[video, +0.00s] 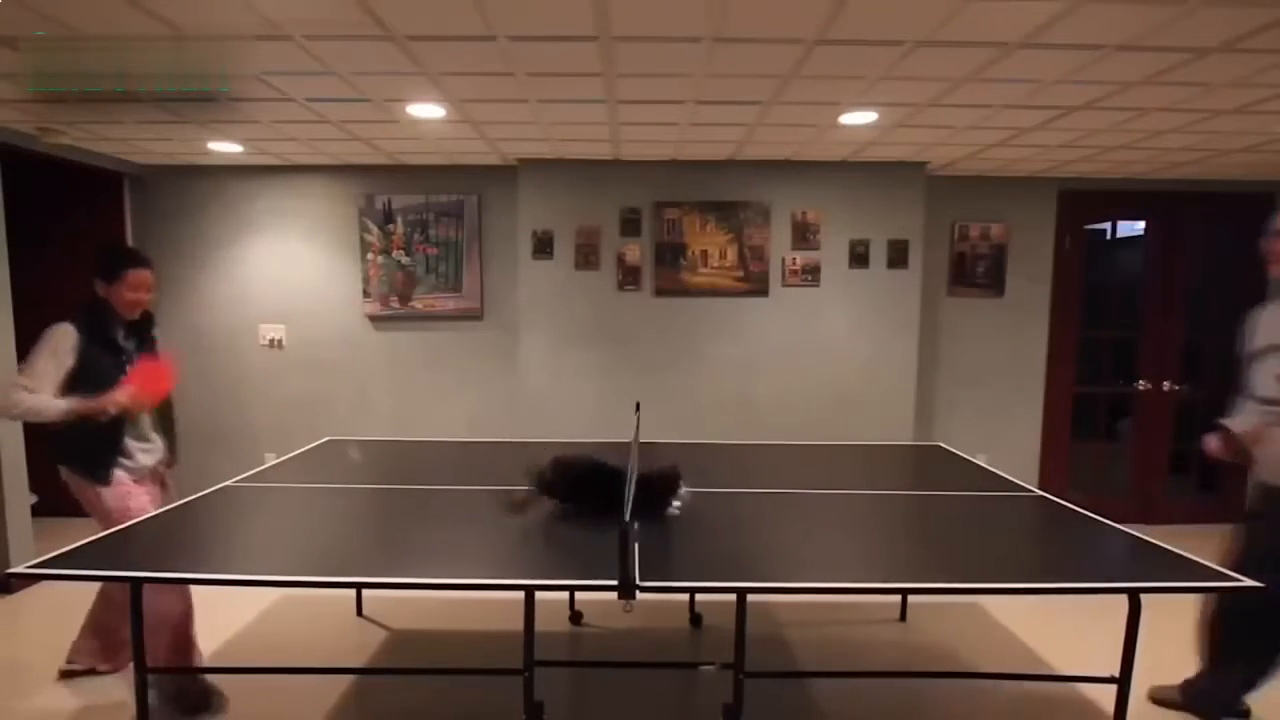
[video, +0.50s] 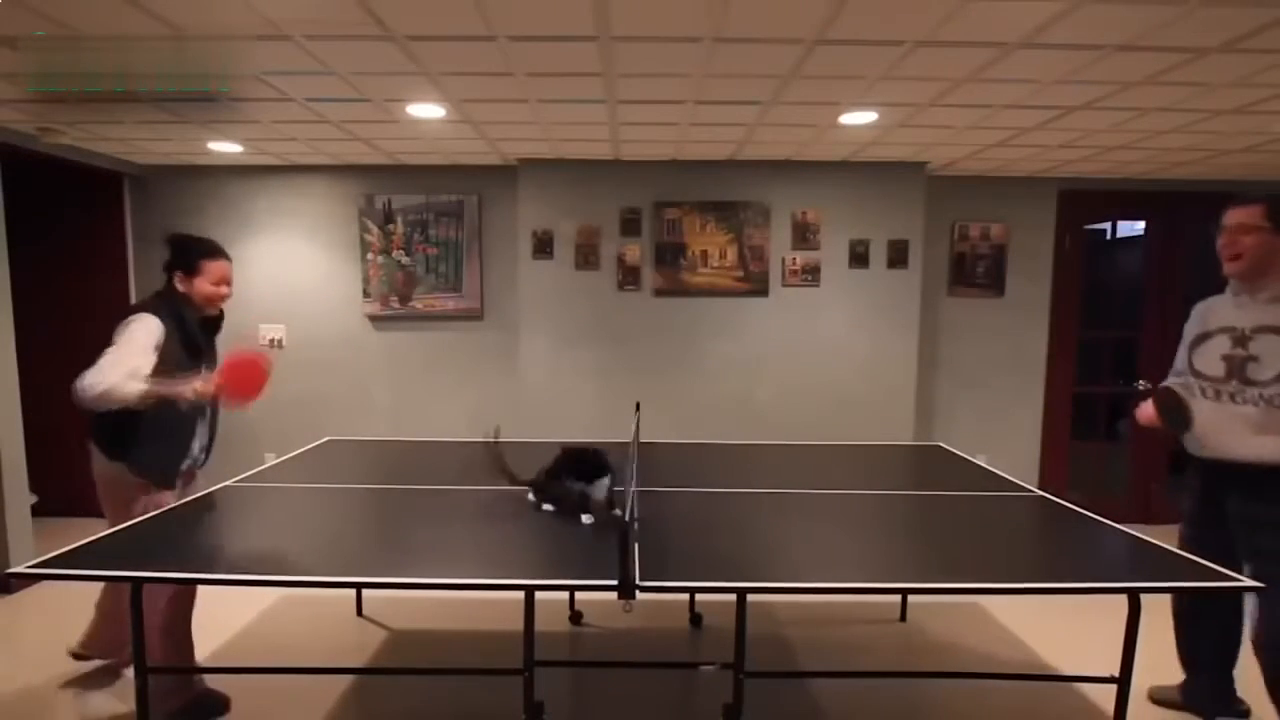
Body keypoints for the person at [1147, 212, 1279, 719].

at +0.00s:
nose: (1269, 250)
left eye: (1275, 241)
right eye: (1267, 241)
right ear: (1262, 248)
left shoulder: (1268, 320)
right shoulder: (1260, 319)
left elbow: (1264, 400)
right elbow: (1258, 397)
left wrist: (1234, 434)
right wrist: (1231, 433)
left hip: (1273, 483)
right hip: (1265, 480)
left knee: (1256, 586)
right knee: (1250, 584)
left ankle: (1222, 689)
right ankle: (1219, 686)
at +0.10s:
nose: (1249, 248)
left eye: (1262, 238)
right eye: (1243, 237)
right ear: (1233, 247)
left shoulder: (1273, 316)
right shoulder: (1230, 314)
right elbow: (1219, 386)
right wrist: (1196, 425)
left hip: (1269, 481)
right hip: (1237, 476)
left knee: (1246, 587)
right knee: (1212, 580)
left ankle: (1215, 685)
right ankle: (1208, 685)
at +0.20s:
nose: (1227, 241)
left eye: (1242, 232)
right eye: (1223, 232)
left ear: (1273, 243)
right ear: (1216, 242)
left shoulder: (1278, 310)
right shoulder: (1213, 310)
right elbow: (1202, 380)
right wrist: (1183, 414)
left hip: (1271, 474)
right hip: (1230, 471)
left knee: (1240, 584)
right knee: (1212, 581)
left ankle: (1213, 685)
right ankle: (1210, 685)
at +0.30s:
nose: (1222, 238)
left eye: (1237, 228)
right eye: (1218, 229)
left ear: (1270, 239)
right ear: (1212, 239)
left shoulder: (1279, 306)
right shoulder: (1206, 307)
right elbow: (1189, 379)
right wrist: (1173, 410)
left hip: (1270, 470)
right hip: (1215, 468)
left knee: (1273, 592)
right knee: (1212, 582)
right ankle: (1210, 686)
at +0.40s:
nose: (1227, 235)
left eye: (1242, 225)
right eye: (1223, 225)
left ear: (1275, 235)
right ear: (1219, 235)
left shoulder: (1279, 304)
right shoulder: (1205, 305)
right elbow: (1184, 376)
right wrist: (1166, 401)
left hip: (1268, 470)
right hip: (1210, 466)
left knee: (1269, 599)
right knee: (1208, 584)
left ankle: (1274, 698)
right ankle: (1209, 687)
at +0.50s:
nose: (1229, 242)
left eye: (1245, 231)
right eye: (1224, 232)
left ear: (1276, 241)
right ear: (1217, 242)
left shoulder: (1279, 308)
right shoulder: (1206, 312)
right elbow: (1183, 382)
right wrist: (1160, 401)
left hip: (1269, 474)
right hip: (1210, 471)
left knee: (1273, 600)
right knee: (1204, 586)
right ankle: (1207, 687)